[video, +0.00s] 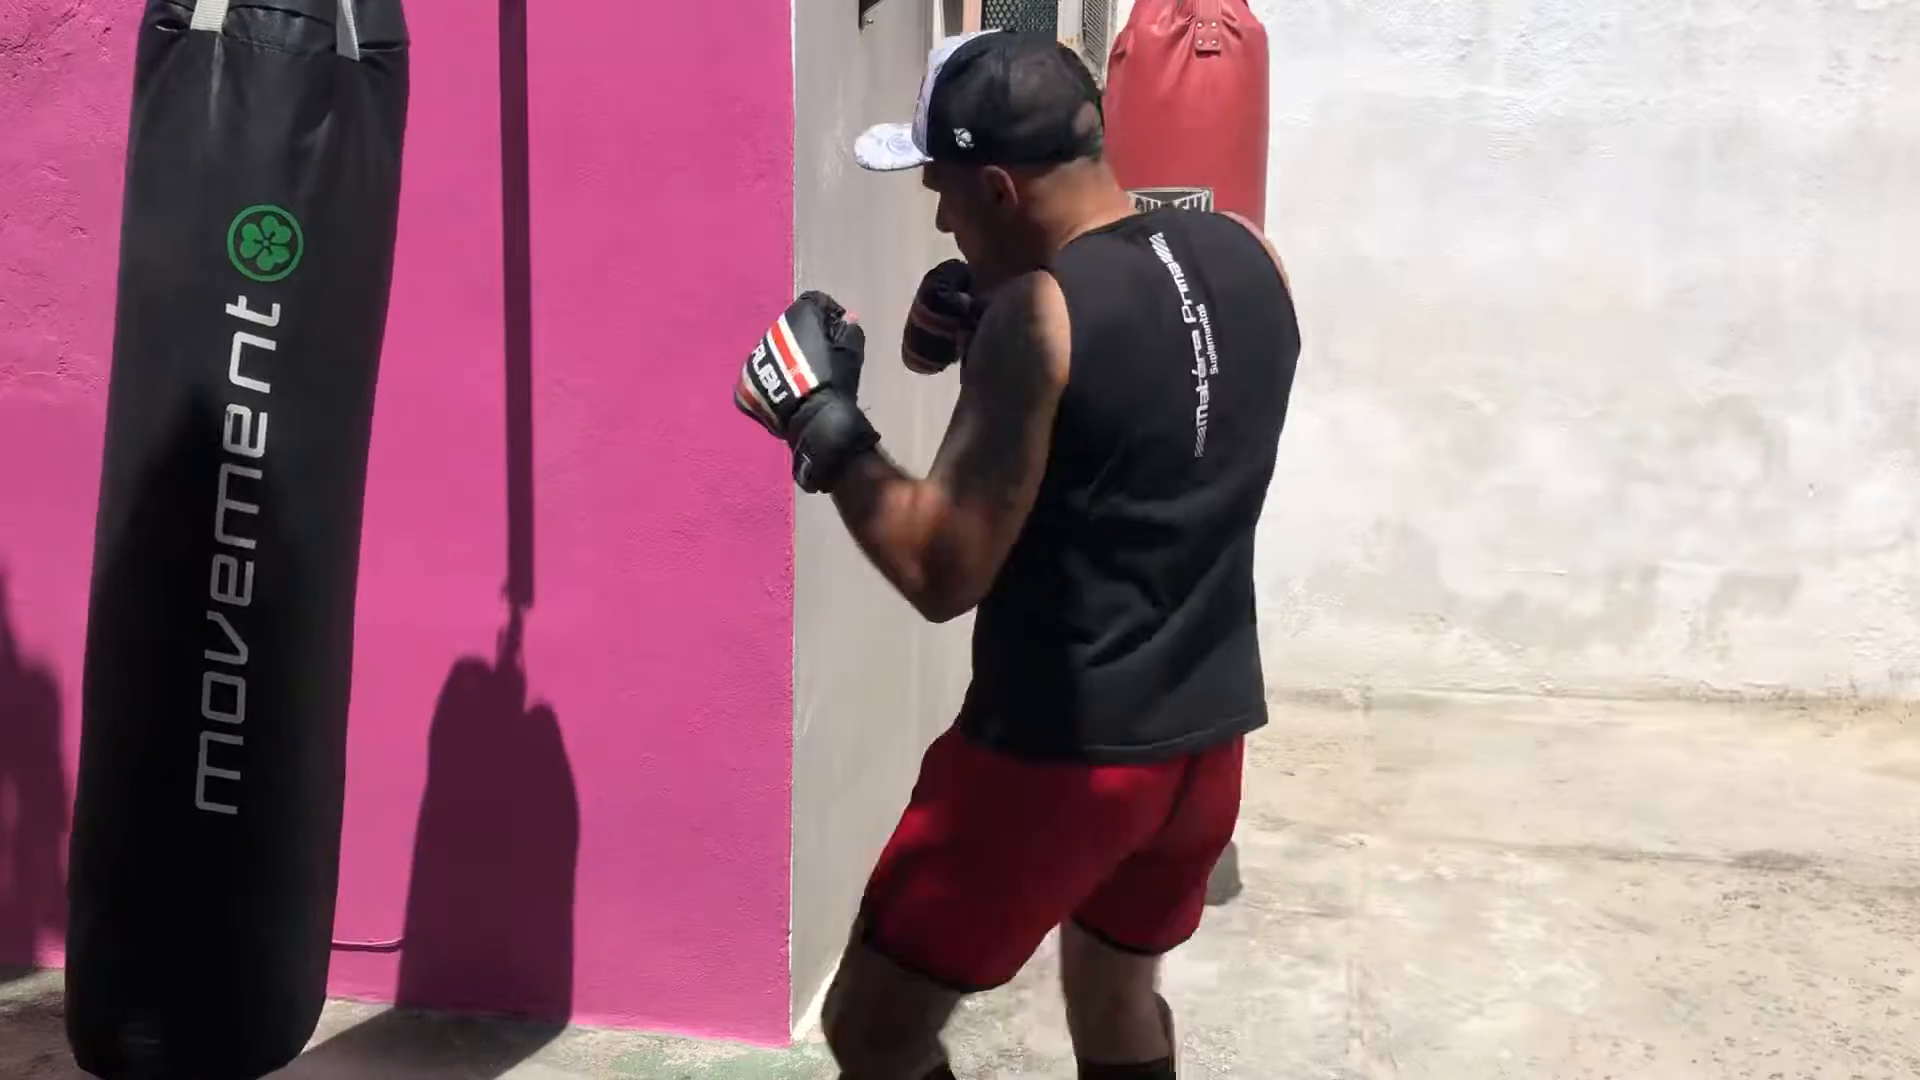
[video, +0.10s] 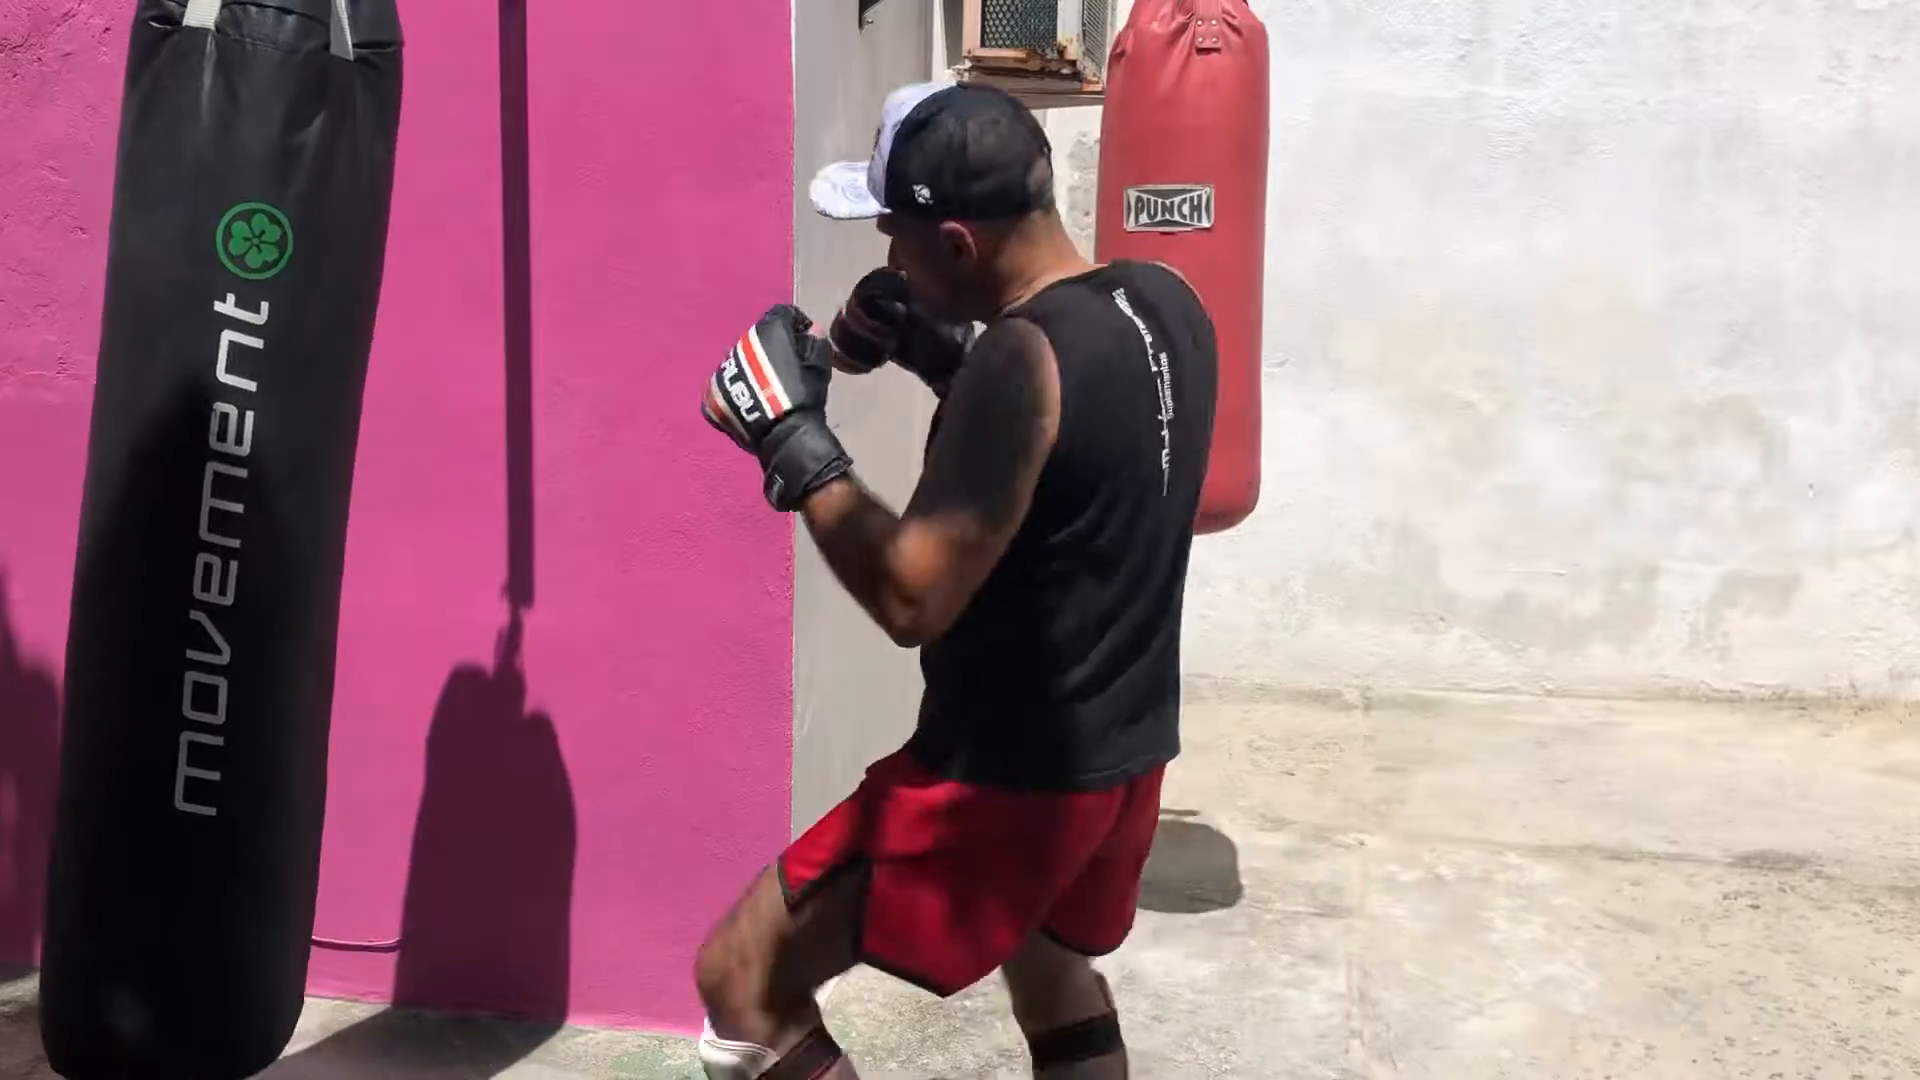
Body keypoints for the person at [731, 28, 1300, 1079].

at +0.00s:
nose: (944, 219)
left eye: (945, 193)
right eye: (936, 192)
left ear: (998, 187)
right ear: (1094, 140)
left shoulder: (1041, 312)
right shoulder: (1247, 263)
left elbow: (941, 573)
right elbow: (1161, 408)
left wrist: (830, 431)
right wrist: (1004, 330)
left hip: (1049, 758)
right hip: (1206, 742)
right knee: (1119, 992)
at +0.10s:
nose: (892, 259)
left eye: (899, 236)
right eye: (888, 235)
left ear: (960, 240)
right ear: (1047, 197)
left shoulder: (1021, 363)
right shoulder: (1165, 300)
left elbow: (912, 600)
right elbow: (1079, 459)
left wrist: (793, 435)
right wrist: (928, 349)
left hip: (998, 772)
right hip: (1130, 754)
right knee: (1053, 971)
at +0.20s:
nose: (848, 279)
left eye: (855, 258)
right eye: (844, 256)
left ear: (915, 264)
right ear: (999, 223)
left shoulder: (985, 386)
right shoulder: (1114, 320)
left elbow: (909, 629)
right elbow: (1046, 498)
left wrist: (756, 496)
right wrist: (902, 396)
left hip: (956, 792)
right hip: (1082, 769)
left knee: (696, 966)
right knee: (1025, 961)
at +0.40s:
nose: (628, 257)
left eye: (629, 243)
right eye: (624, 240)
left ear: (675, 257)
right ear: (774, 207)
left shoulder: (703, 398)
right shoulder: (915, 313)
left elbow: (651, 618)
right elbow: (1021, 509)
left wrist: (503, 523)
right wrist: (995, 623)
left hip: (764, 757)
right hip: (922, 716)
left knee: (550, 963)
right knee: (996, 946)